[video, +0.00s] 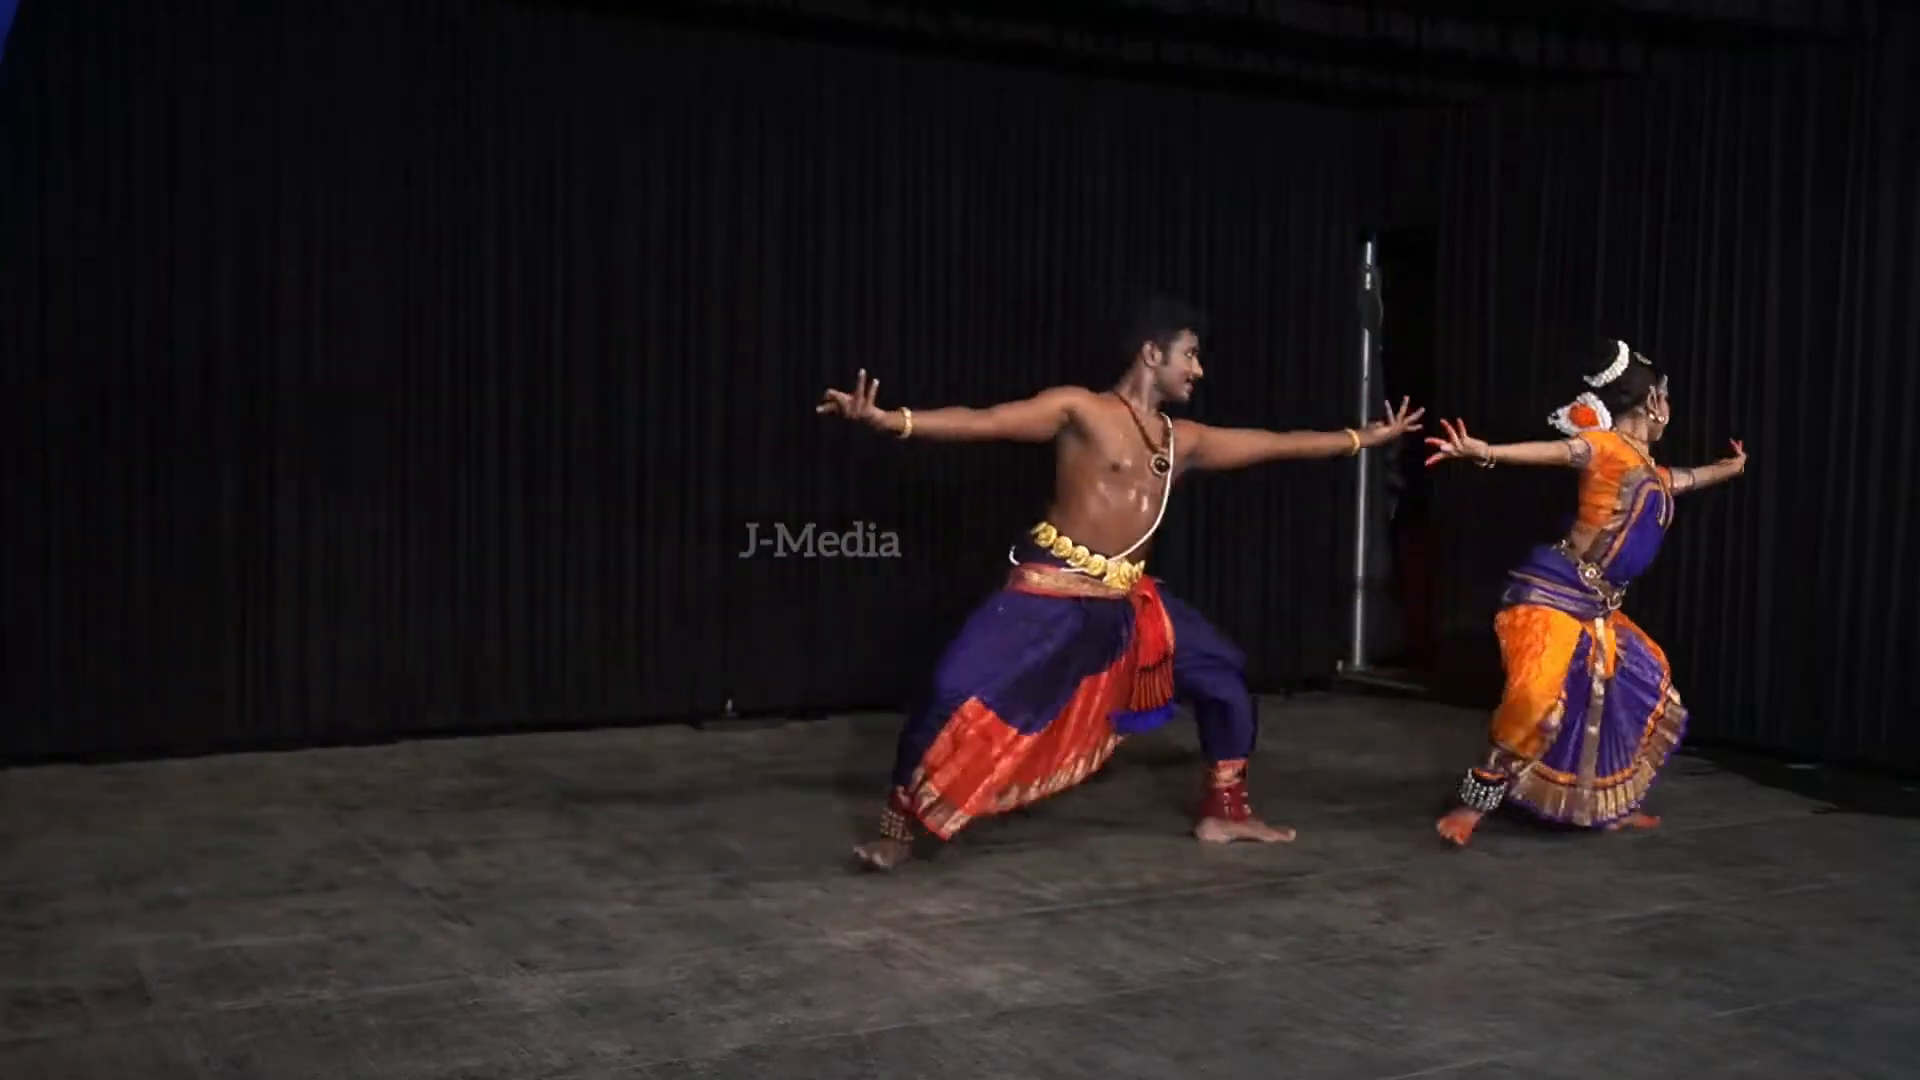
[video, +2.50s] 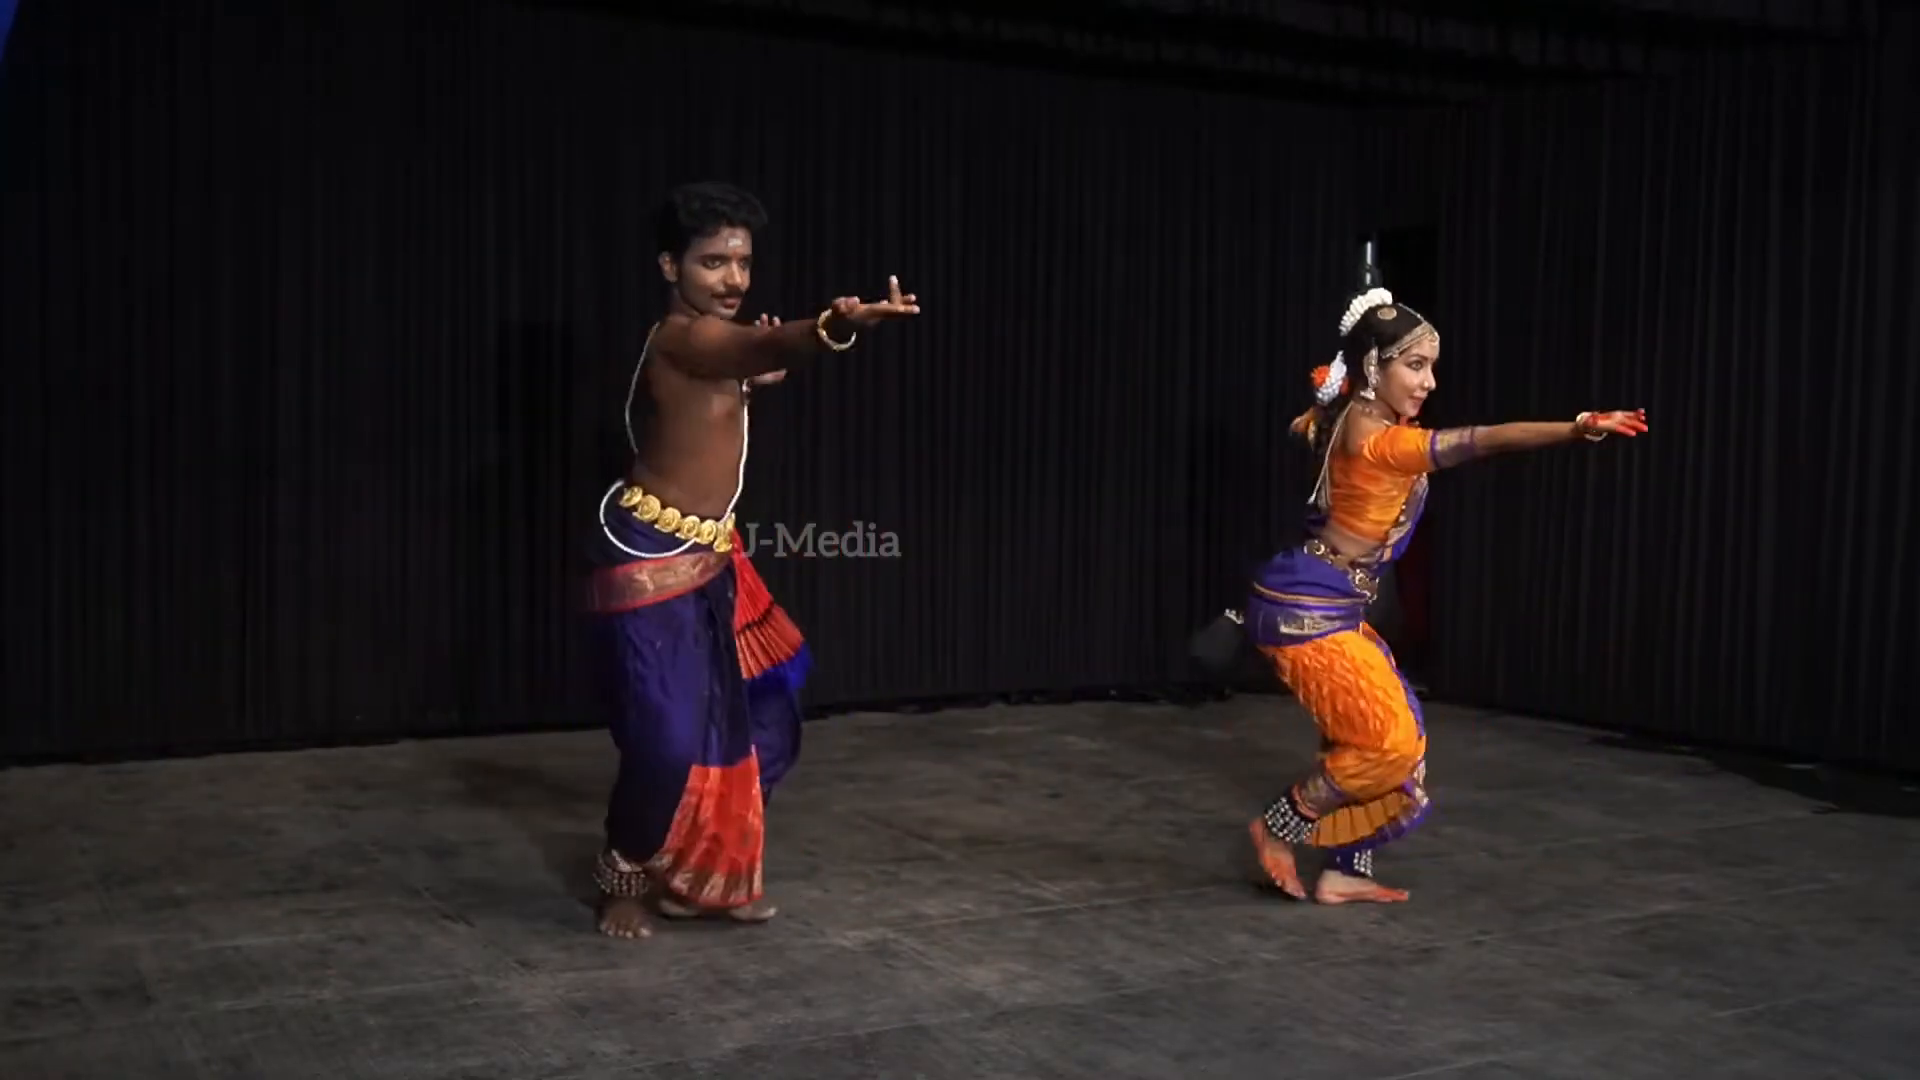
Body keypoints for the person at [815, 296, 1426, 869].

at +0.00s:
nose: (1199, 370)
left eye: (1199, 358)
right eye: (1190, 356)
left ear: (1168, 364)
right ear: (1147, 357)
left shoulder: (1182, 440)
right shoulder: (1080, 409)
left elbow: (1277, 444)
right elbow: (984, 423)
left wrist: (1365, 438)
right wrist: (892, 421)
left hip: (1129, 597)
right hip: (1050, 586)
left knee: (1223, 671)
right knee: (951, 688)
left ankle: (1227, 809)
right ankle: (900, 822)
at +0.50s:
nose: (1288, 396)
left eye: (1289, 385)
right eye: (1286, 382)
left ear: (1261, 383)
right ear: (1255, 377)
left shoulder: (1265, 452)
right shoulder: (1184, 410)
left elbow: (1354, 444)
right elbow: (1102, 423)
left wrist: (1435, 423)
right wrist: (1021, 403)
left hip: (1197, 591)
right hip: (1134, 583)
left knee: (1294, 673)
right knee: (1158, 732)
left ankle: (1229, 799)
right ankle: (1221, 788)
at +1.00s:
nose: (1118, 338)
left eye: (1119, 324)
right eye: (1105, 325)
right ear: (1064, 328)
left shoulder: (1114, 404)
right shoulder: (1016, 388)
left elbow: (1215, 429)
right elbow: (950, 406)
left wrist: (1173, 448)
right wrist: (1044, 434)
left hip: (1066, 573)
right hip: (986, 571)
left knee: (1169, 670)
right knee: (920, 681)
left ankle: (1164, 814)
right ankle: (909, 828)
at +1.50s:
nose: (831, 281)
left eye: (841, 268)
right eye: (815, 266)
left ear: (849, 277)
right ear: (776, 273)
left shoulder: (864, 359)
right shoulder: (740, 345)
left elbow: (979, 384)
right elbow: (656, 367)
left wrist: (915, 405)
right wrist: (759, 389)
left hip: (804, 557)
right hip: (721, 549)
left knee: (781, 709)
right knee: (682, 695)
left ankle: (654, 830)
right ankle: (778, 828)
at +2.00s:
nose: (710, 322)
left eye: (723, 307)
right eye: (694, 305)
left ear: (734, 314)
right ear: (657, 309)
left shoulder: (753, 394)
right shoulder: (617, 390)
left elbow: (858, 464)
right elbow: (554, 455)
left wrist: (786, 431)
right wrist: (671, 424)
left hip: (703, 595)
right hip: (610, 588)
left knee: (767, 732)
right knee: (534, 720)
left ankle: (651, 859)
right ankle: (550, 855)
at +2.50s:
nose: (734, 280)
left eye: (743, 262)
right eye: (714, 263)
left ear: (752, 262)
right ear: (671, 269)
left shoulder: (721, 330)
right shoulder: (680, 336)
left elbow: (722, 374)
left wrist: (759, 371)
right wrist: (837, 324)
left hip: (711, 550)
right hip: (649, 552)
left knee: (753, 704)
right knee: (668, 735)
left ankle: (702, 867)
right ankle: (626, 875)